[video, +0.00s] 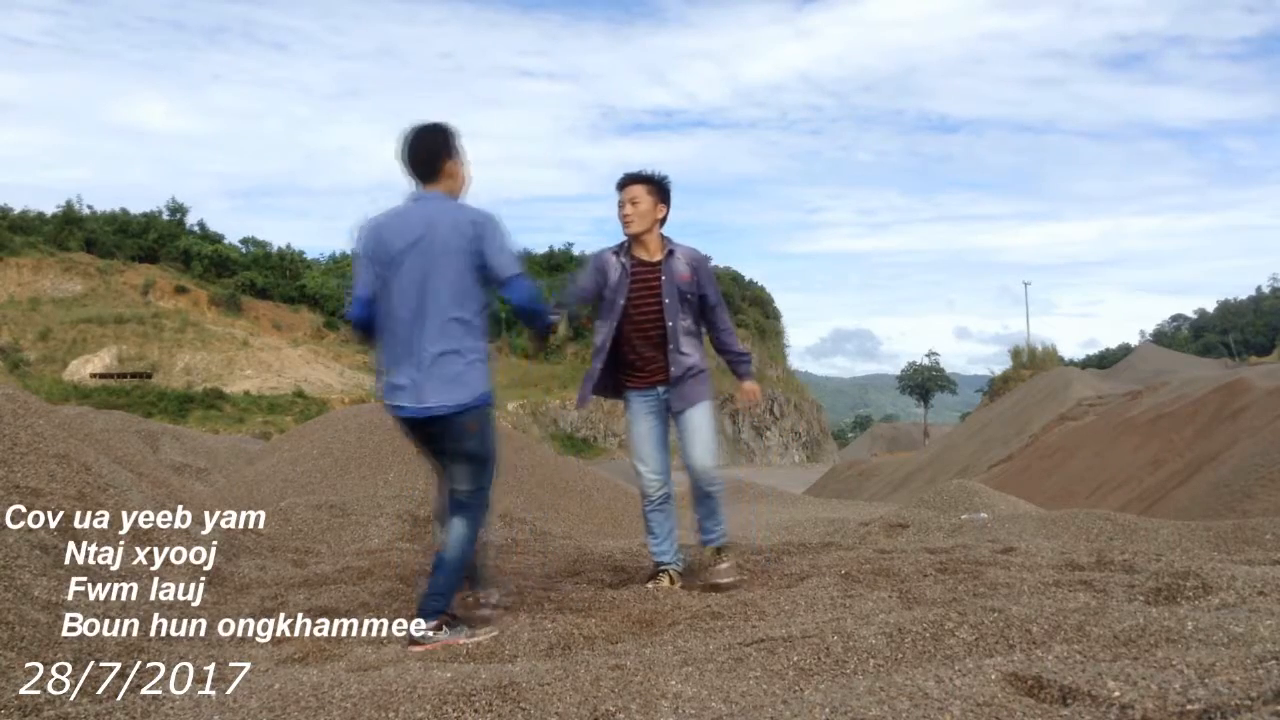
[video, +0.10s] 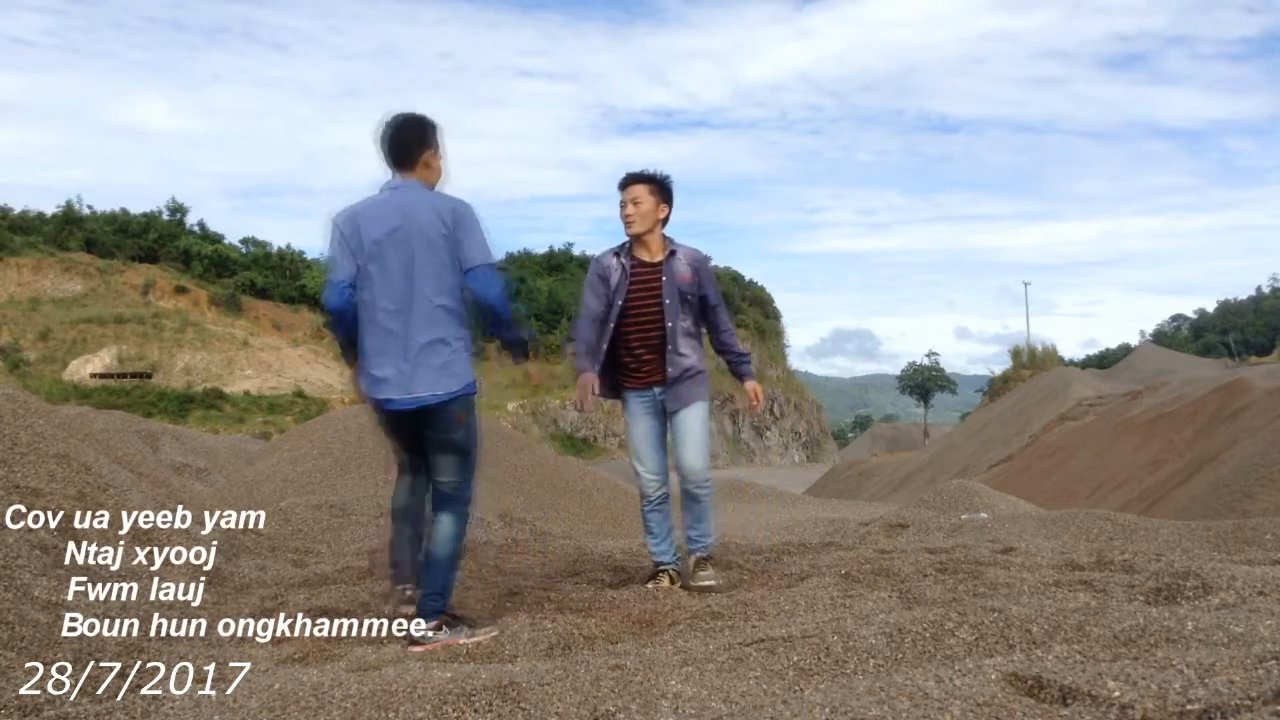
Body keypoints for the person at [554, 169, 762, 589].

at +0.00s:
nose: (624, 212)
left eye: (634, 203)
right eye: (621, 205)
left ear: (661, 210)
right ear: (619, 213)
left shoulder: (690, 262)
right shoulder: (606, 264)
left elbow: (718, 321)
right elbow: (568, 296)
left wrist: (744, 373)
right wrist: (540, 311)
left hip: (688, 383)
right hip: (639, 392)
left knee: (702, 467)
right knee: (652, 483)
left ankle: (717, 549)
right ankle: (666, 567)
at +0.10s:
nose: (626, 211)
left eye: (635, 203)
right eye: (623, 205)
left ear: (662, 210)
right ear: (621, 212)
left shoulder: (692, 263)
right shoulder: (607, 266)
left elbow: (720, 324)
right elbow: (587, 321)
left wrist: (745, 374)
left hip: (686, 386)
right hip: (637, 393)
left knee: (694, 473)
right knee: (651, 483)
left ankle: (701, 559)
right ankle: (665, 566)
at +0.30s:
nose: (629, 209)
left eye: (639, 201)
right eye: (626, 202)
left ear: (667, 208)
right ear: (625, 210)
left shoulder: (695, 264)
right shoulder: (610, 267)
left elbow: (718, 329)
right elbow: (602, 333)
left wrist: (734, 383)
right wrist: (612, 393)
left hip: (685, 387)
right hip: (634, 392)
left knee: (686, 477)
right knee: (652, 485)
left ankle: (690, 569)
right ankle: (665, 565)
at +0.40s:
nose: (631, 209)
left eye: (640, 201)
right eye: (629, 202)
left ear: (669, 208)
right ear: (630, 210)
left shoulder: (698, 264)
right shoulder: (615, 267)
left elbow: (720, 330)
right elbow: (599, 328)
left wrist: (733, 390)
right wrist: (593, 386)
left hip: (684, 391)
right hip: (636, 394)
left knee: (687, 482)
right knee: (652, 486)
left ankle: (693, 575)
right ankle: (665, 566)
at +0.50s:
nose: (636, 204)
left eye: (646, 197)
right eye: (635, 197)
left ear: (674, 204)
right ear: (637, 204)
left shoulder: (701, 261)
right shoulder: (621, 264)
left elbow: (723, 330)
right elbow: (598, 325)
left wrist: (735, 392)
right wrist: (574, 382)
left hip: (685, 391)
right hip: (637, 391)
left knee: (687, 483)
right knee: (650, 486)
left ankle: (691, 576)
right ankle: (666, 567)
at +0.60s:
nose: (640, 202)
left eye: (650, 194)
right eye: (639, 195)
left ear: (678, 202)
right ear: (642, 203)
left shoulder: (702, 259)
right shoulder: (627, 261)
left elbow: (725, 328)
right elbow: (601, 325)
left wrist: (735, 390)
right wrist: (569, 377)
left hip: (687, 391)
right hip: (640, 391)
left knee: (689, 483)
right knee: (637, 485)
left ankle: (692, 577)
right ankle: (667, 562)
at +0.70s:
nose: (643, 201)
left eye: (652, 194)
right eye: (642, 194)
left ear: (680, 203)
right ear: (645, 202)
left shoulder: (703, 259)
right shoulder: (633, 260)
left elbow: (722, 322)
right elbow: (611, 323)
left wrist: (729, 378)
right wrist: (579, 368)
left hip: (689, 391)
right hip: (642, 391)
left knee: (693, 484)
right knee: (625, 474)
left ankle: (693, 577)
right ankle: (669, 543)